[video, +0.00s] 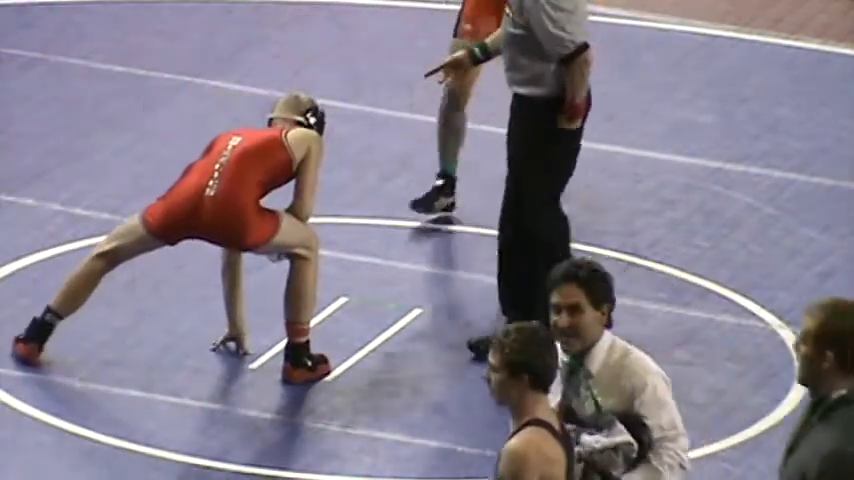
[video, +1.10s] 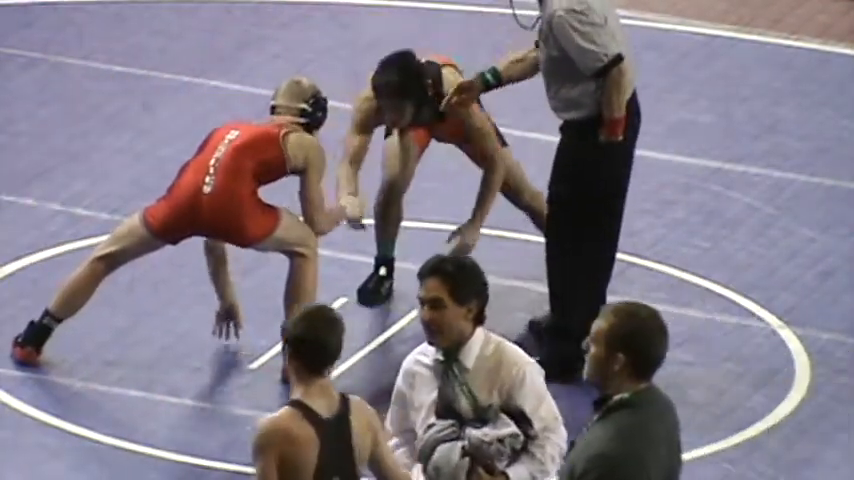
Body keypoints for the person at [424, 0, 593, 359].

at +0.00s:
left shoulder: (544, 7)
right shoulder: (525, 5)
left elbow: (579, 57)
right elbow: (519, 30)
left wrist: (573, 114)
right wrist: (474, 55)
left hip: (548, 109)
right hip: (534, 102)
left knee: (532, 217)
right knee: (526, 215)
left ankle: (528, 330)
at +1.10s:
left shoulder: (568, 13)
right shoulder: (557, 10)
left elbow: (618, 70)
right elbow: (541, 56)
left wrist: (612, 138)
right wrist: (483, 82)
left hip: (600, 130)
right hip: (584, 125)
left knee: (581, 235)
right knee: (564, 226)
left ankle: (568, 351)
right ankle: (564, 324)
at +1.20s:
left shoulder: (562, 17)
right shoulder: (563, 8)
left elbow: (621, 67)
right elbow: (555, 56)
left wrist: (613, 119)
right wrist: (502, 55)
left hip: (591, 130)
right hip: (603, 124)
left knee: (567, 235)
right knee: (584, 227)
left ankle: (566, 348)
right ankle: (578, 320)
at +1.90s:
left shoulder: (614, 15)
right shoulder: (662, 5)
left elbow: (535, 16)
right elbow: (640, 46)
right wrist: (583, 65)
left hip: (613, 135)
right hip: (643, 127)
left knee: (580, 245)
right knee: (625, 237)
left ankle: (568, 356)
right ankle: (668, 335)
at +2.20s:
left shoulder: (672, 17)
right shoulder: (712, 7)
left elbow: (606, 2)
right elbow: (697, 66)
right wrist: (649, 94)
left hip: (672, 145)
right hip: (695, 138)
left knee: (622, 251)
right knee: (677, 253)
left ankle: (573, 355)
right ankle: (680, 363)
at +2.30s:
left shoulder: (688, 16)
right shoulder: (730, 8)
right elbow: (714, 67)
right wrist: (666, 96)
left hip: (687, 147)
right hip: (713, 141)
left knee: (625, 243)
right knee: (689, 255)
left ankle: (613, 355)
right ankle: (682, 363)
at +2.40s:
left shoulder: (711, 22)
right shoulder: (744, 9)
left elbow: (643, 4)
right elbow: (734, 74)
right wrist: (685, 101)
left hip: (704, 151)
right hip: (722, 143)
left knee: (642, 244)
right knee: (694, 254)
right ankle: (684, 359)